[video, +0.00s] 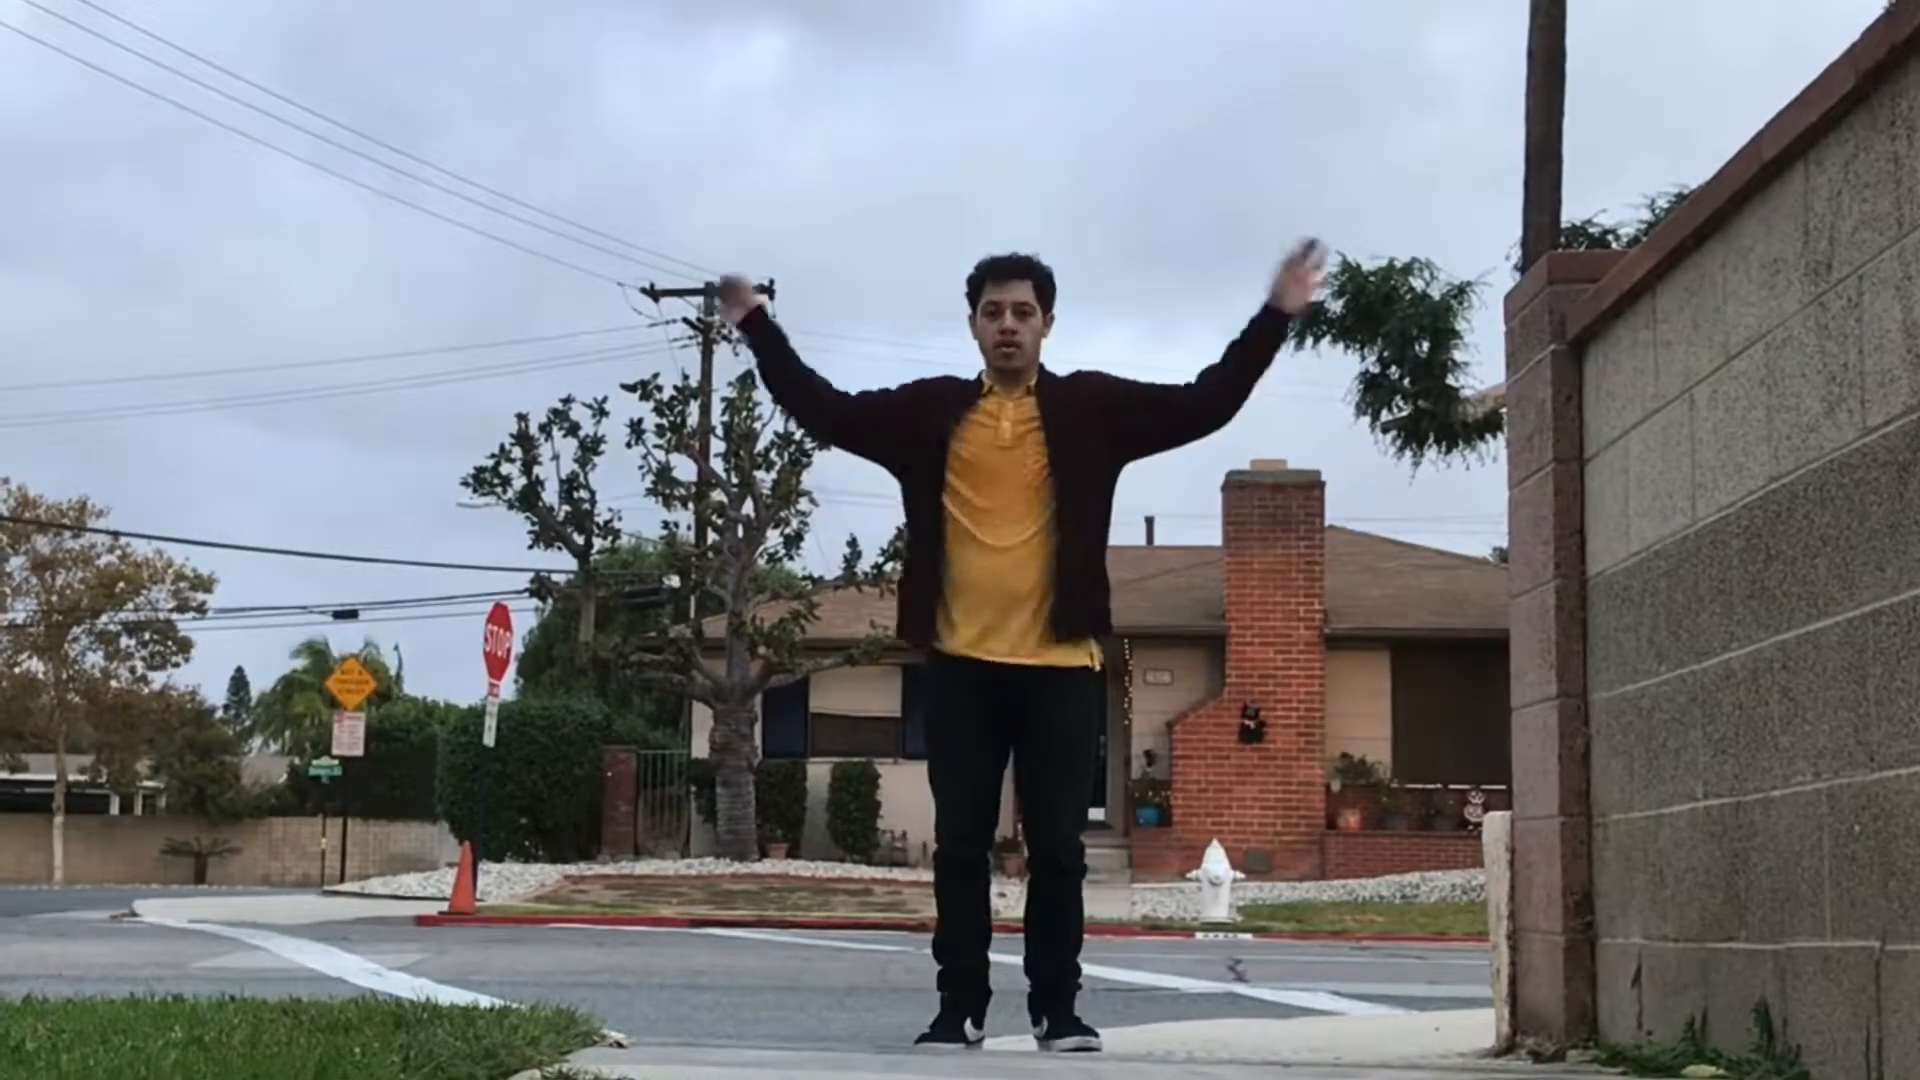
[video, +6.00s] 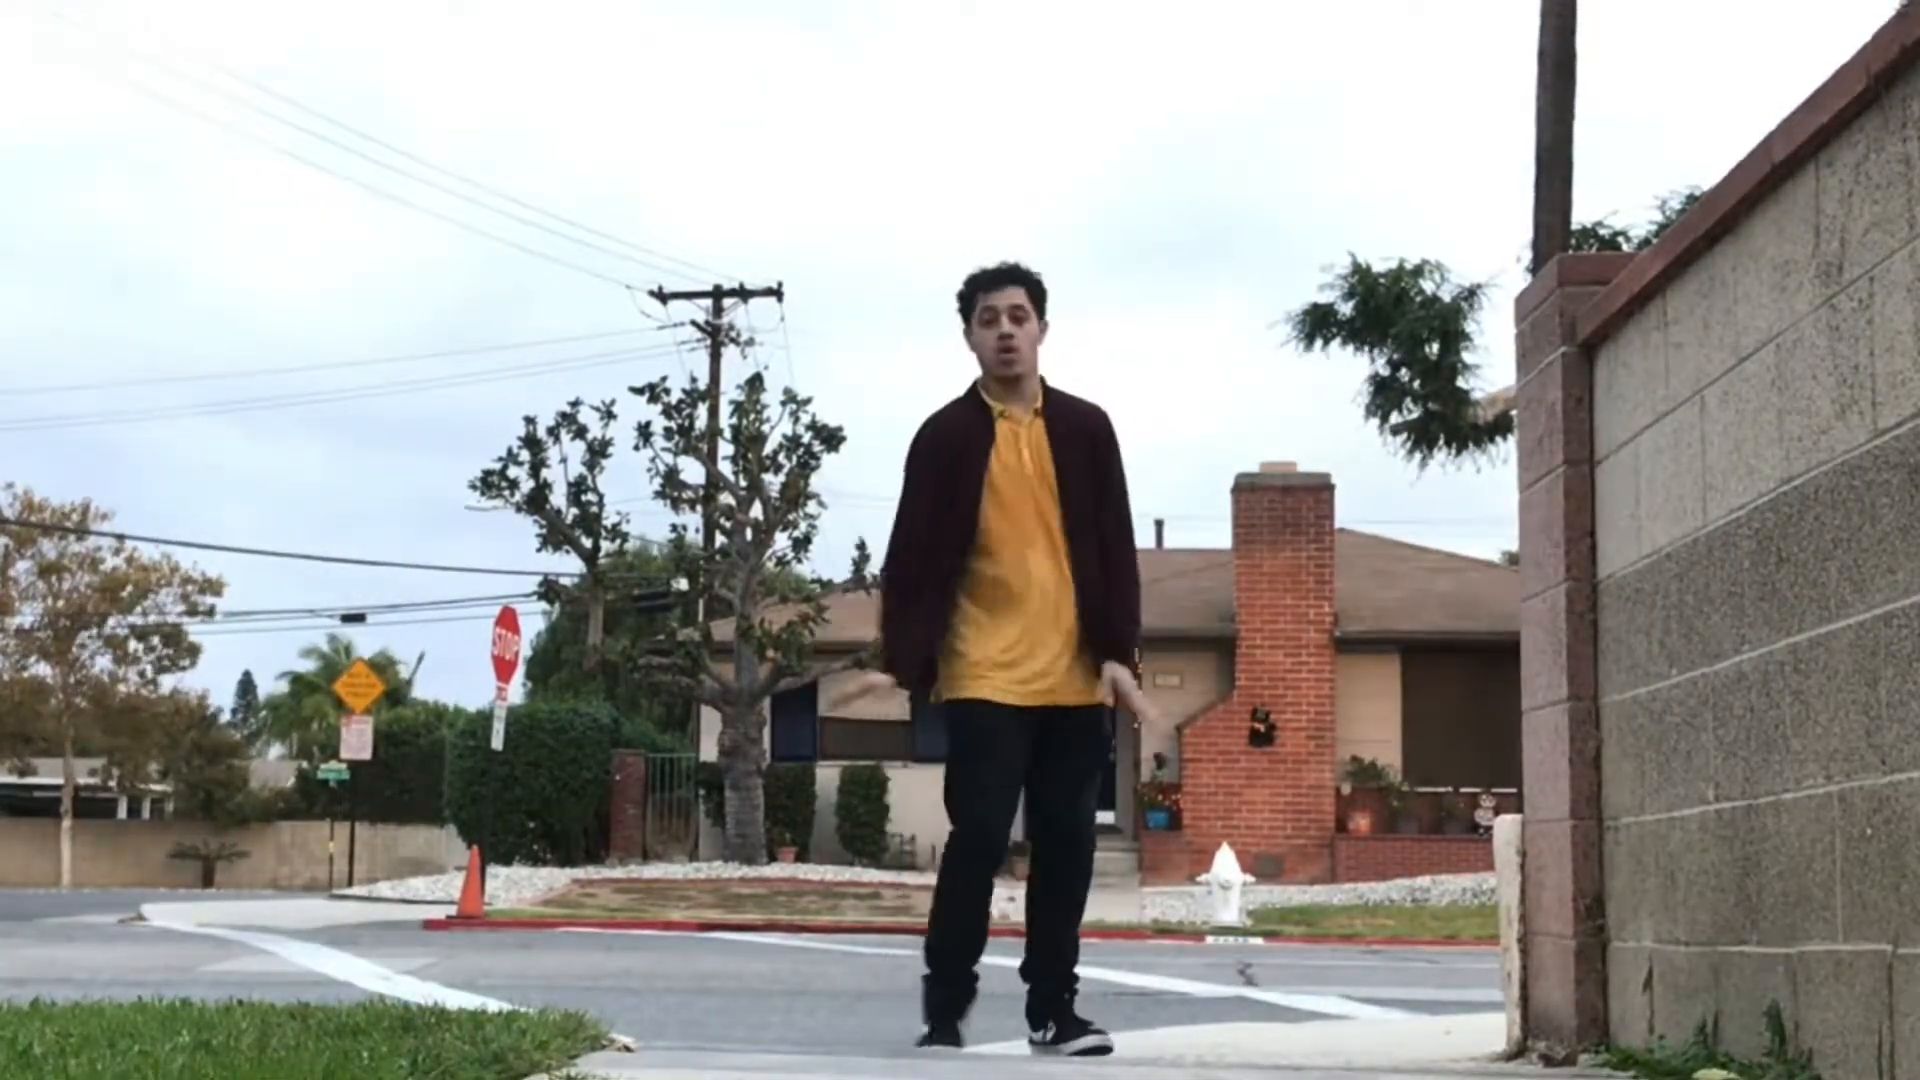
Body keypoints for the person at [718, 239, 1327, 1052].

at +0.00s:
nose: (1007, 325)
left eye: (1023, 312)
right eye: (993, 312)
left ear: (1047, 324)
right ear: (973, 325)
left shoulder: (1093, 406)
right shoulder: (929, 409)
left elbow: (1205, 404)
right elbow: (826, 413)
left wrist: (1276, 314)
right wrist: (756, 325)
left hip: (1061, 668)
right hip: (959, 666)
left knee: (1058, 849)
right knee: (961, 846)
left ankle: (1058, 1013)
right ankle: (960, 1013)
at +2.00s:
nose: (976, 350)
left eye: (994, 339)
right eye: (966, 337)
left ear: (1025, 353)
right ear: (951, 349)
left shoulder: (1063, 436)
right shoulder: (911, 449)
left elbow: (1155, 495)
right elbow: (828, 502)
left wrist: (1166, 399)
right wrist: (844, 402)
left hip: (1052, 679)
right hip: (952, 691)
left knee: (1134, 789)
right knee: (962, 860)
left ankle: (1170, 977)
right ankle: (973, 1019)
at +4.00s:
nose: (1044, 345)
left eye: (1060, 332)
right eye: (1030, 330)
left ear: (1078, 345)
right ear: (1006, 339)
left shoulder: (1118, 432)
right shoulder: (969, 445)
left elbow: (1200, 521)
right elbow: (937, 551)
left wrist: (1169, 625)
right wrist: (895, 614)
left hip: (1084, 671)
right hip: (989, 667)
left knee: (1068, 838)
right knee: (972, 816)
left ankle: (1047, 1009)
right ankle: (982, 995)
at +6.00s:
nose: (1006, 330)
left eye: (1018, 316)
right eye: (990, 320)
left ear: (1042, 329)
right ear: (969, 337)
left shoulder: (1088, 428)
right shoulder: (945, 434)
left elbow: (1115, 545)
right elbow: (912, 554)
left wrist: (1119, 651)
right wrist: (912, 667)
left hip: (1073, 674)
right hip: (982, 672)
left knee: (1068, 849)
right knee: (980, 839)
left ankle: (1052, 1011)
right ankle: (944, 1010)